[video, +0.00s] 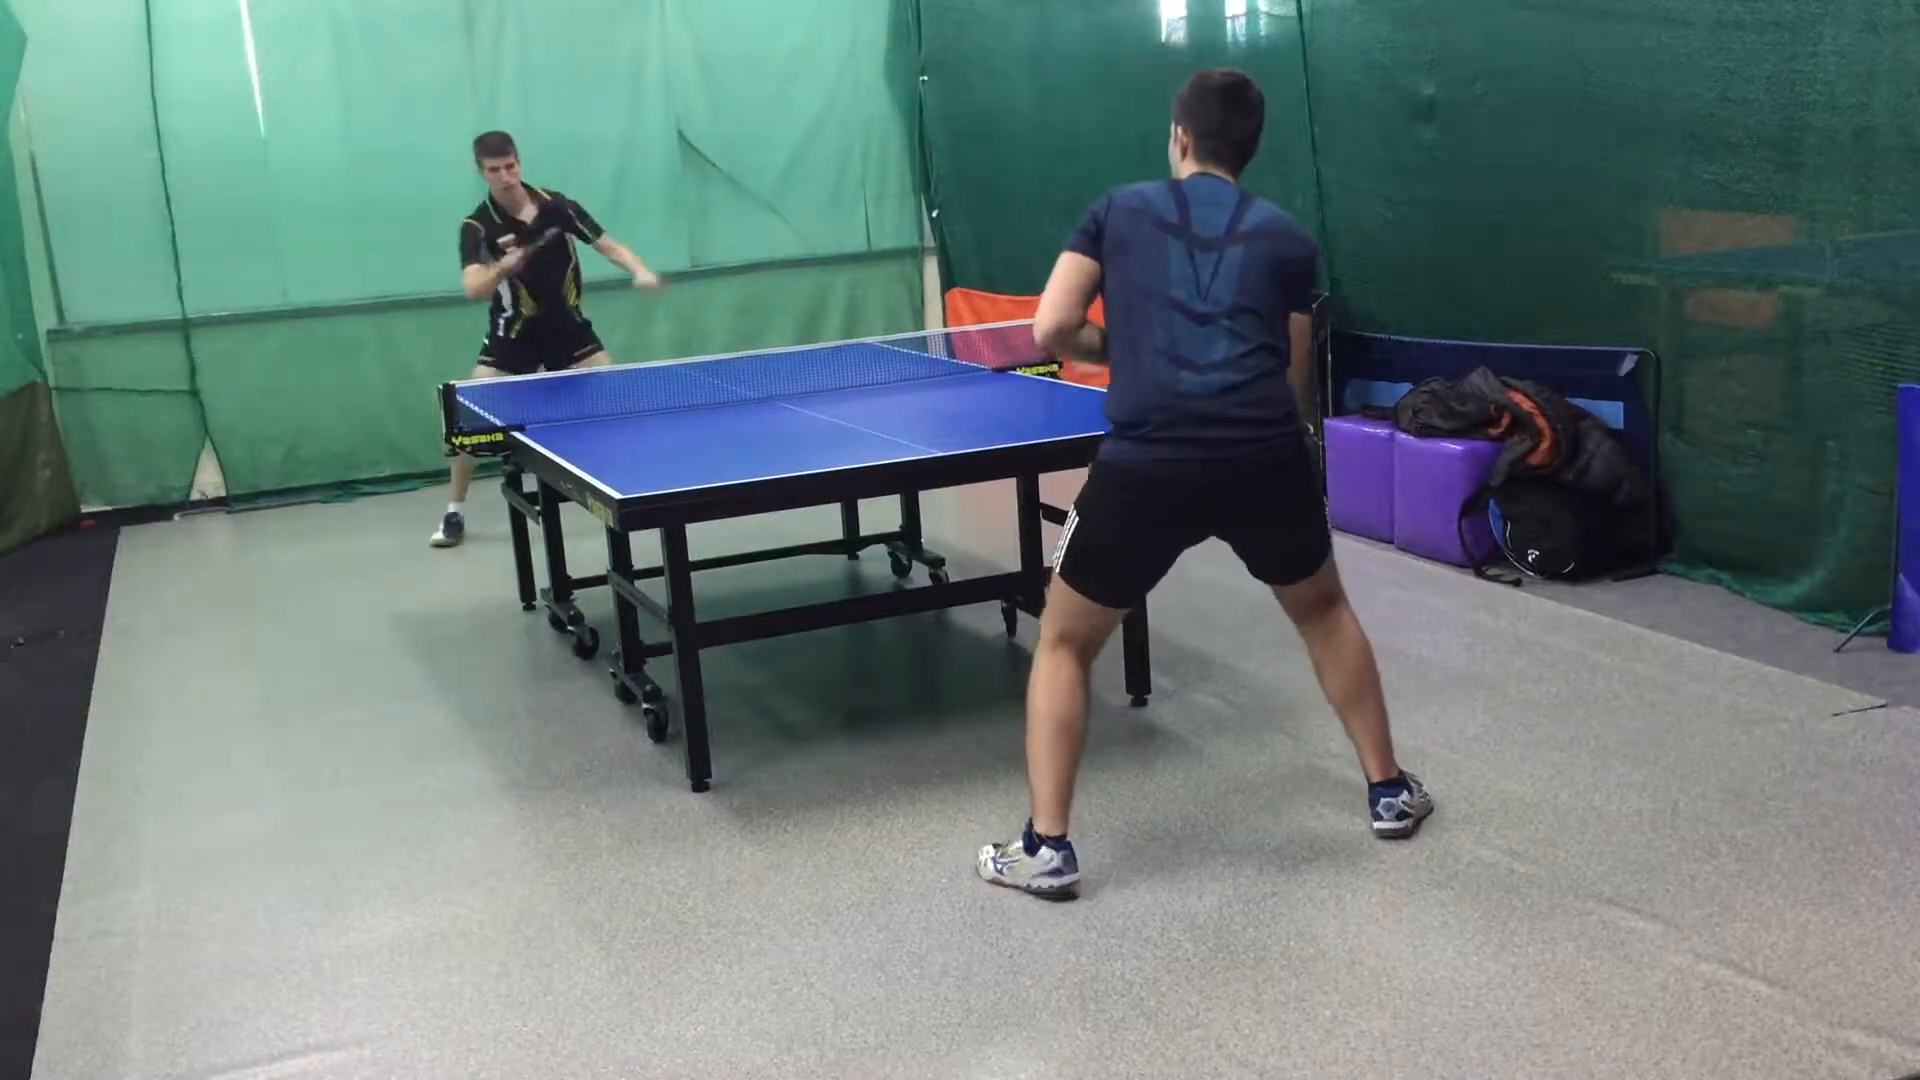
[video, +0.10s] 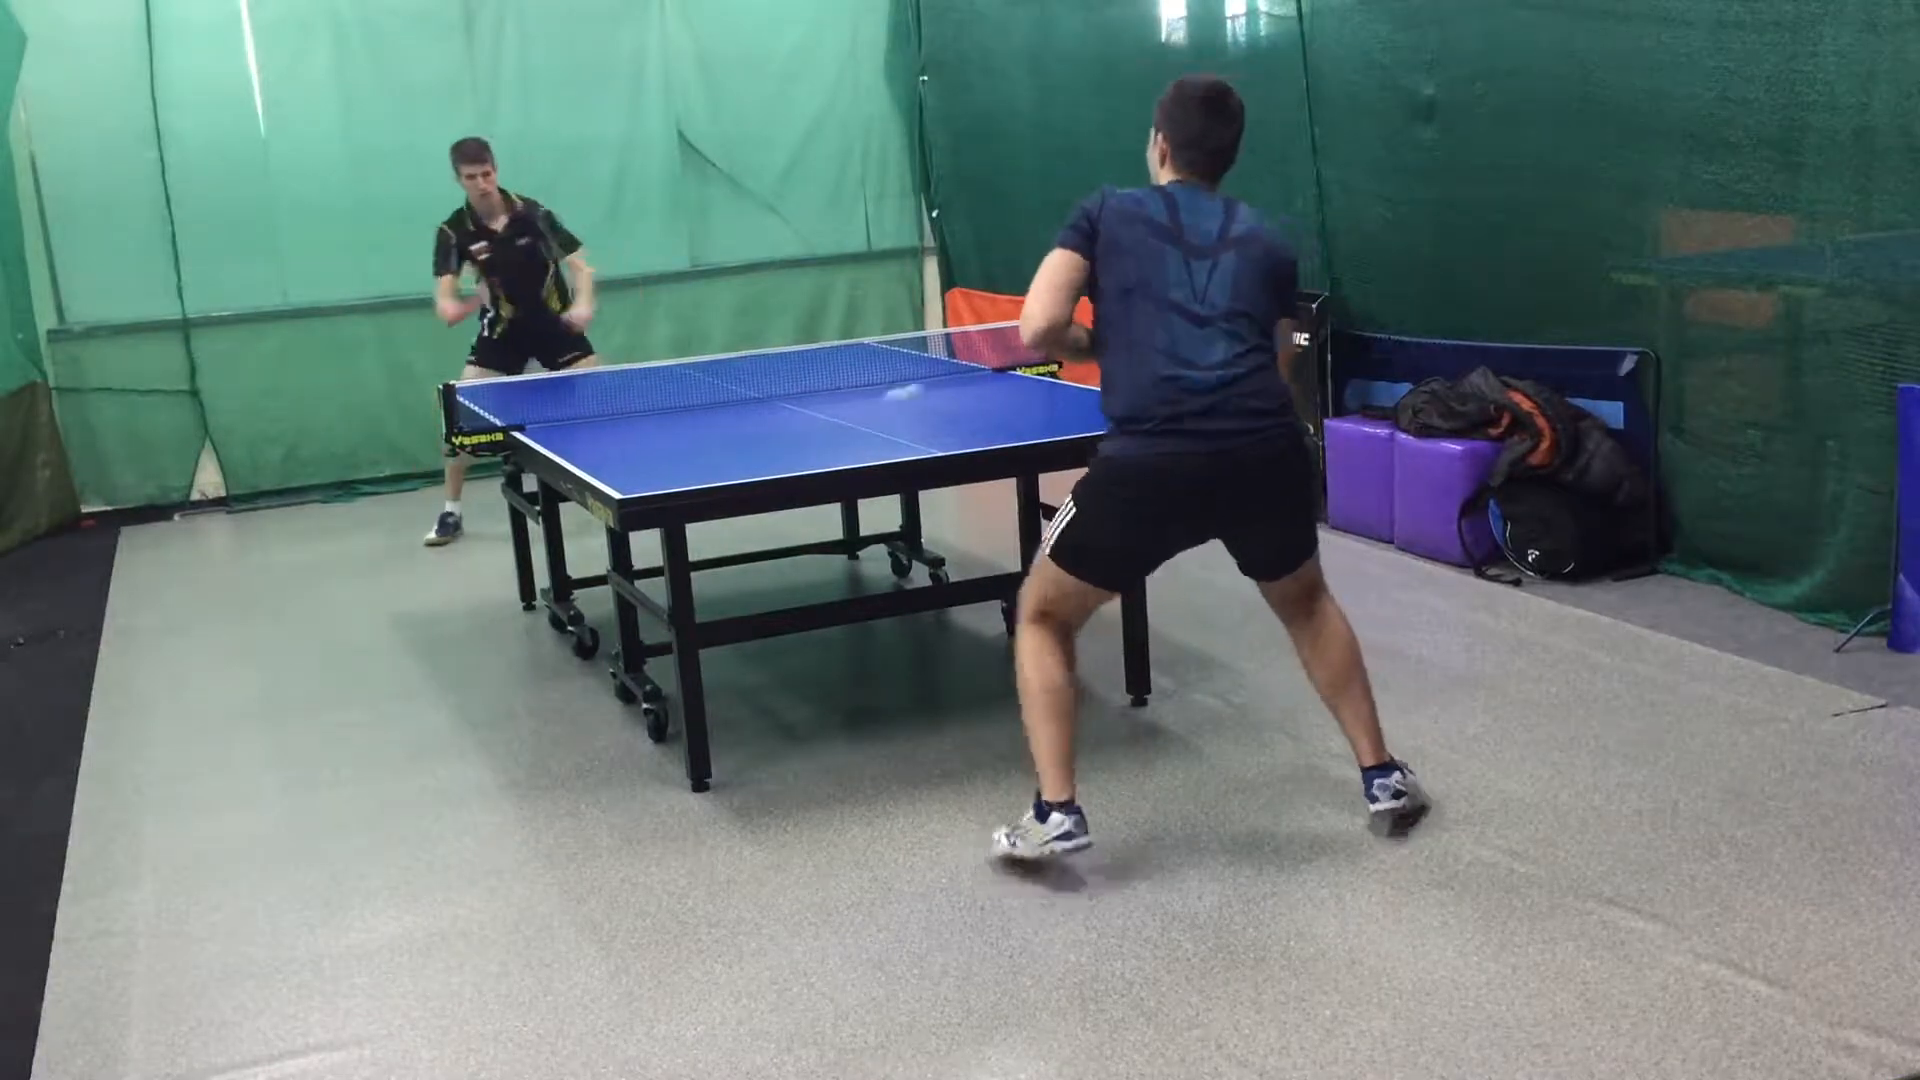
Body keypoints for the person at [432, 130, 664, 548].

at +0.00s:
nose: (504, 176)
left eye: (509, 166)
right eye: (495, 170)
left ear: (519, 163)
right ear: (482, 173)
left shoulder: (556, 206)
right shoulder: (478, 225)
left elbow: (607, 246)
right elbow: (473, 286)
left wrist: (640, 268)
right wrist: (503, 266)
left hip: (568, 328)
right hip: (510, 338)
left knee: (617, 398)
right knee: (473, 416)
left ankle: (635, 491)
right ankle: (454, 512)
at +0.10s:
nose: (481, 183)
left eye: (486, 174)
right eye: (471, 177)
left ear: (496, 171)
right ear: (459, 181)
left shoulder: (531, 212)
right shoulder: (454, 231)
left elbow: (579, 267)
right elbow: (446, 307)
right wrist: (474, 300)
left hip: (550, 322)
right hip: (500, 330)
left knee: (603, 396)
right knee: (464, 410)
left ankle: (624, 490)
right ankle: (451, 510)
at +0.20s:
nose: (462, 196)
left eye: (466, 186)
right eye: (452, 190)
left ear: (476, 181)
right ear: (439, 193)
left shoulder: (510, 224)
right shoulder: (441, 240)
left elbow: (543, 293)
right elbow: (438, 303)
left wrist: (512, 335)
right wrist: (414, 332)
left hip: (541, 318)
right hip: (494, 325)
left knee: (586, 395)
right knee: (457, 403)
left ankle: (613, 489)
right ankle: (450, 511)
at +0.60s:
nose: (491, 161)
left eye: (496, 152)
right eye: (481, 154)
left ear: (505, 152)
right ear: (466, 158)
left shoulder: (533, 200)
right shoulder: (461, 214)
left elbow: (568, 265)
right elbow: (474, 275)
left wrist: (543, 309)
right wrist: (470, 314)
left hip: (555, 311)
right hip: (506, 320)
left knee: (598, 396)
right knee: (463, 402)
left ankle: (625, 492)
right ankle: (453, 510)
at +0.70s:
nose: (497, 161)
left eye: (503, 152)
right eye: (487, 154)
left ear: (511, 151)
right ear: (472, 156)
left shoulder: (542, 197)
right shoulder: (463, 214)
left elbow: (577, 256)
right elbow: (471, 280)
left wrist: (570, 301)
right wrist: (488, 307)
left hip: (557, 315)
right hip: (507, 323)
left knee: (602, 398)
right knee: (466, 405)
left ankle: (627, 493)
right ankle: (454, 510)